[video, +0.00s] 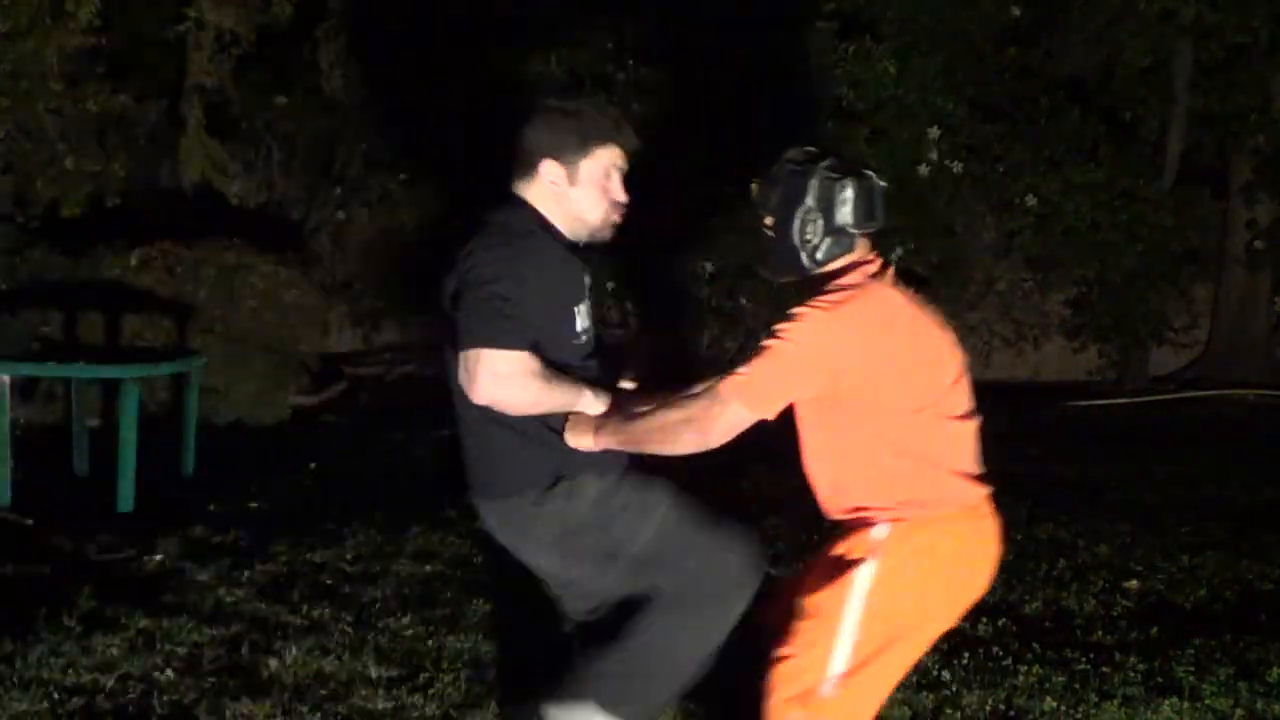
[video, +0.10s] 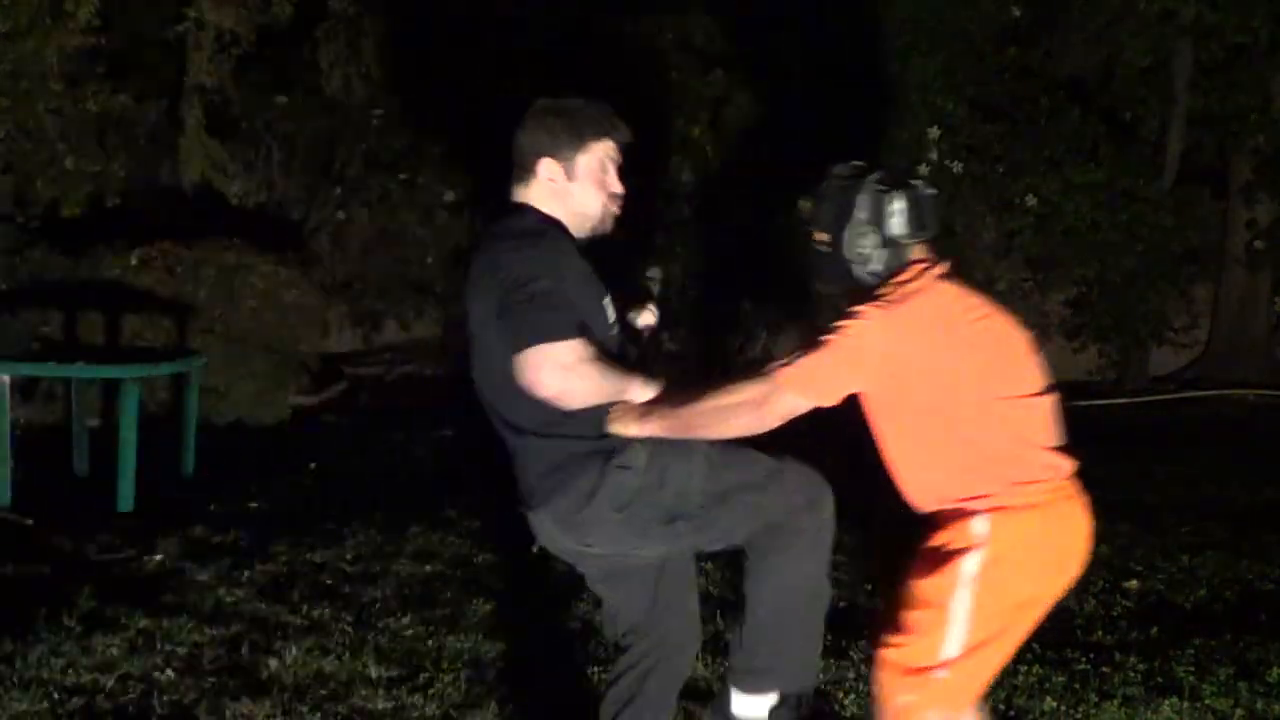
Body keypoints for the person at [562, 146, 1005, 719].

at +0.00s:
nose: (766, 231)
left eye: (775, 220)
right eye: (768, 217)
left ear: (806, 233)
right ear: (855, 231)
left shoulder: (828, 326)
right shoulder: (893, 304)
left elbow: (710, 424)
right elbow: (732, 396)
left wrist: (603, 433)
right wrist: (638, 411)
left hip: (909, 540)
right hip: (948, 529)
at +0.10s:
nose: (822, 255)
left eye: (829, 242)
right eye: (824, 241)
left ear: (858, 248)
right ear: (913, 238)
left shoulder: (881, 329)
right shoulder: (976, 309)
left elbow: (768, 403)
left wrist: (650, 422)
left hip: (993, 531)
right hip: (1055, 517)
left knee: (912, 685)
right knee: (948, 691)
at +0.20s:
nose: (925, 257)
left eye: (934, 244)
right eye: (925, 243)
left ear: (966, 248)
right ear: (1008, 239)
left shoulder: (993, 323)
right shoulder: (1070, 311)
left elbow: (864, 375)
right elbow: (875, 350)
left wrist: (742, 376)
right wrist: (754, 353)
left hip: (1084, 542)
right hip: (1127, 532)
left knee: (996, 705)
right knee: (1039, 701)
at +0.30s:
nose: (1019, 254)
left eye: (1028, 239)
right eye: (1020, 238)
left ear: (1057, 243)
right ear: (1100, 233)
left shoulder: (1085, 318)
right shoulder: (1136, 300)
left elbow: (953, 365)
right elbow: (976, 336)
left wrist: (847, 337)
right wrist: (858, 322)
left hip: (1161, 535)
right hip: (1190, 526)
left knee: (1044, 696)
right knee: (1089, 698)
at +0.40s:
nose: (1109, 219)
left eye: (1118, 206)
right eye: (1109, 205)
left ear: (1149, 212)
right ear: (1185, 205)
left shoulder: (1171, 297)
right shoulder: (1224, 275)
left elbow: (1052, 368)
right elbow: (1115, 321)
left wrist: (955, 337)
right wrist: (1022, 317)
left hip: (1214, 530)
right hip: (1244, 521)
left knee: (1138, 698)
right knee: (1164, 697)